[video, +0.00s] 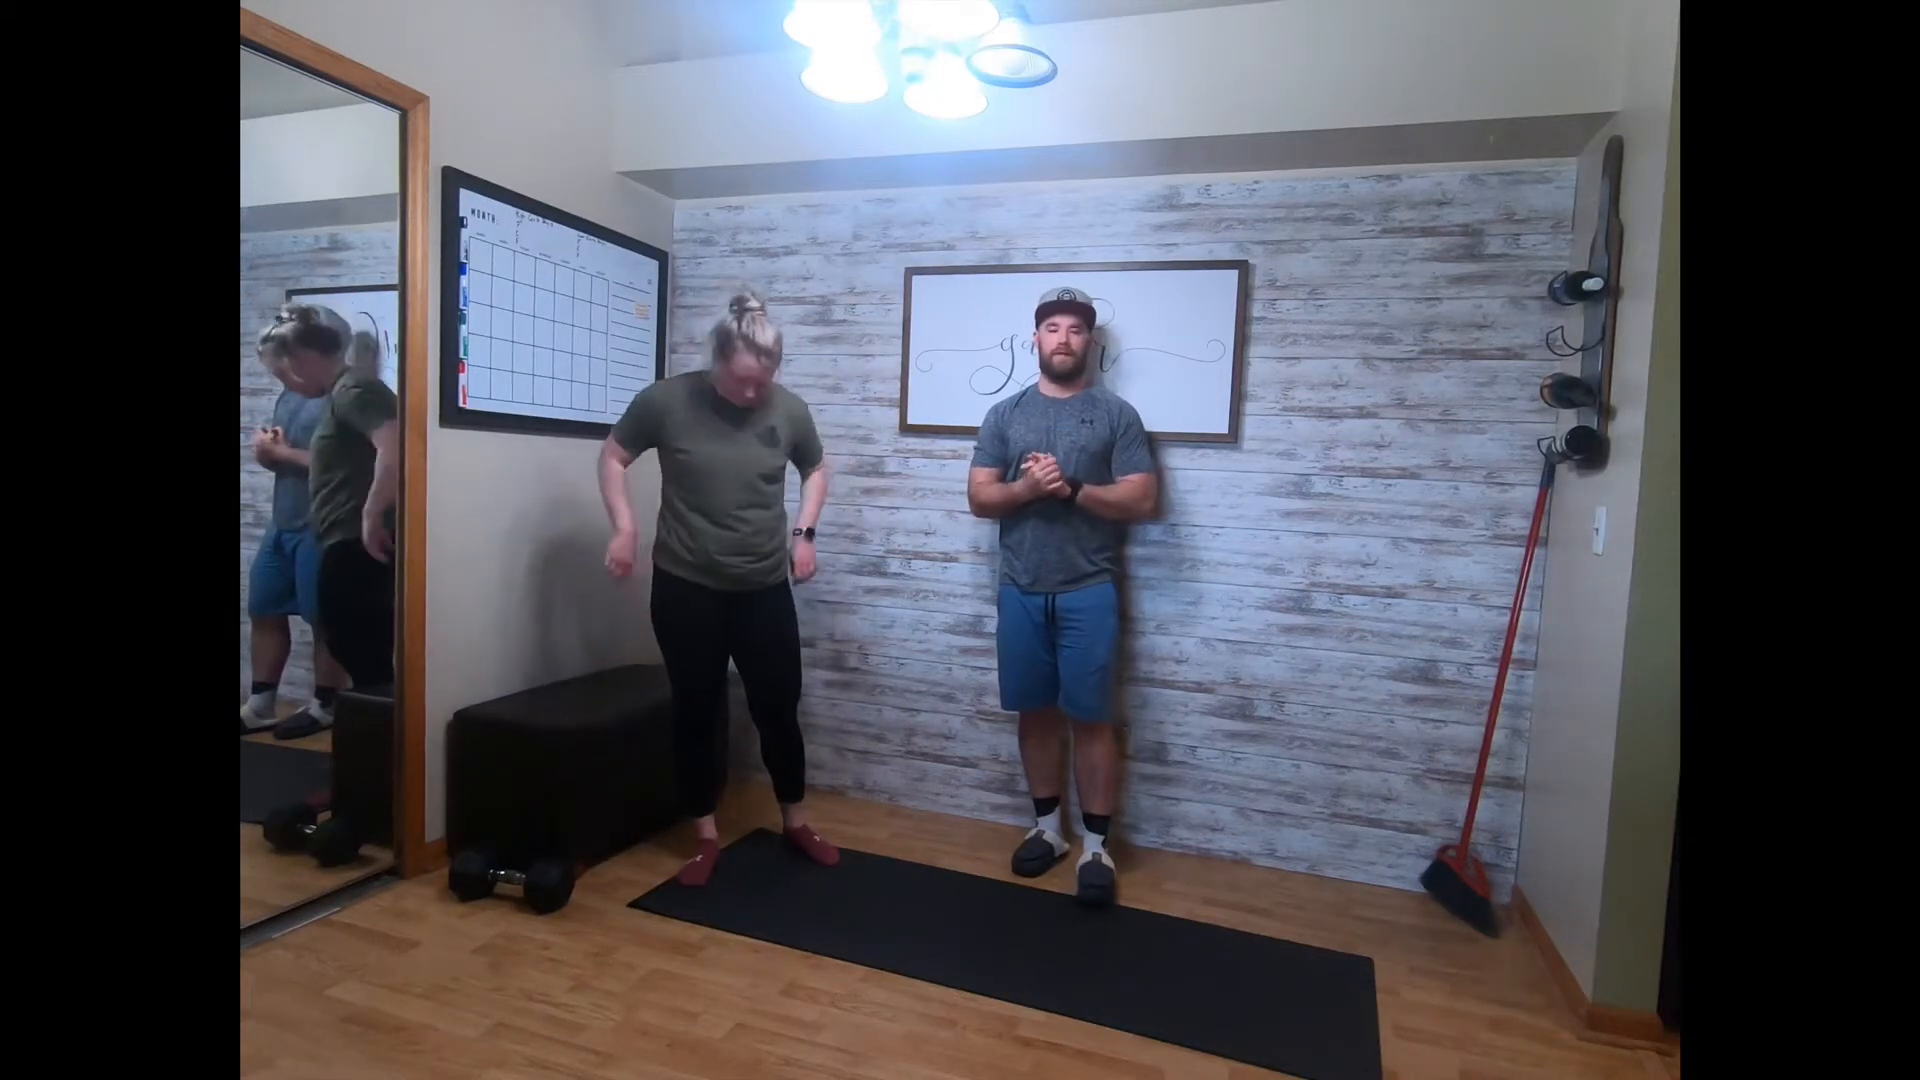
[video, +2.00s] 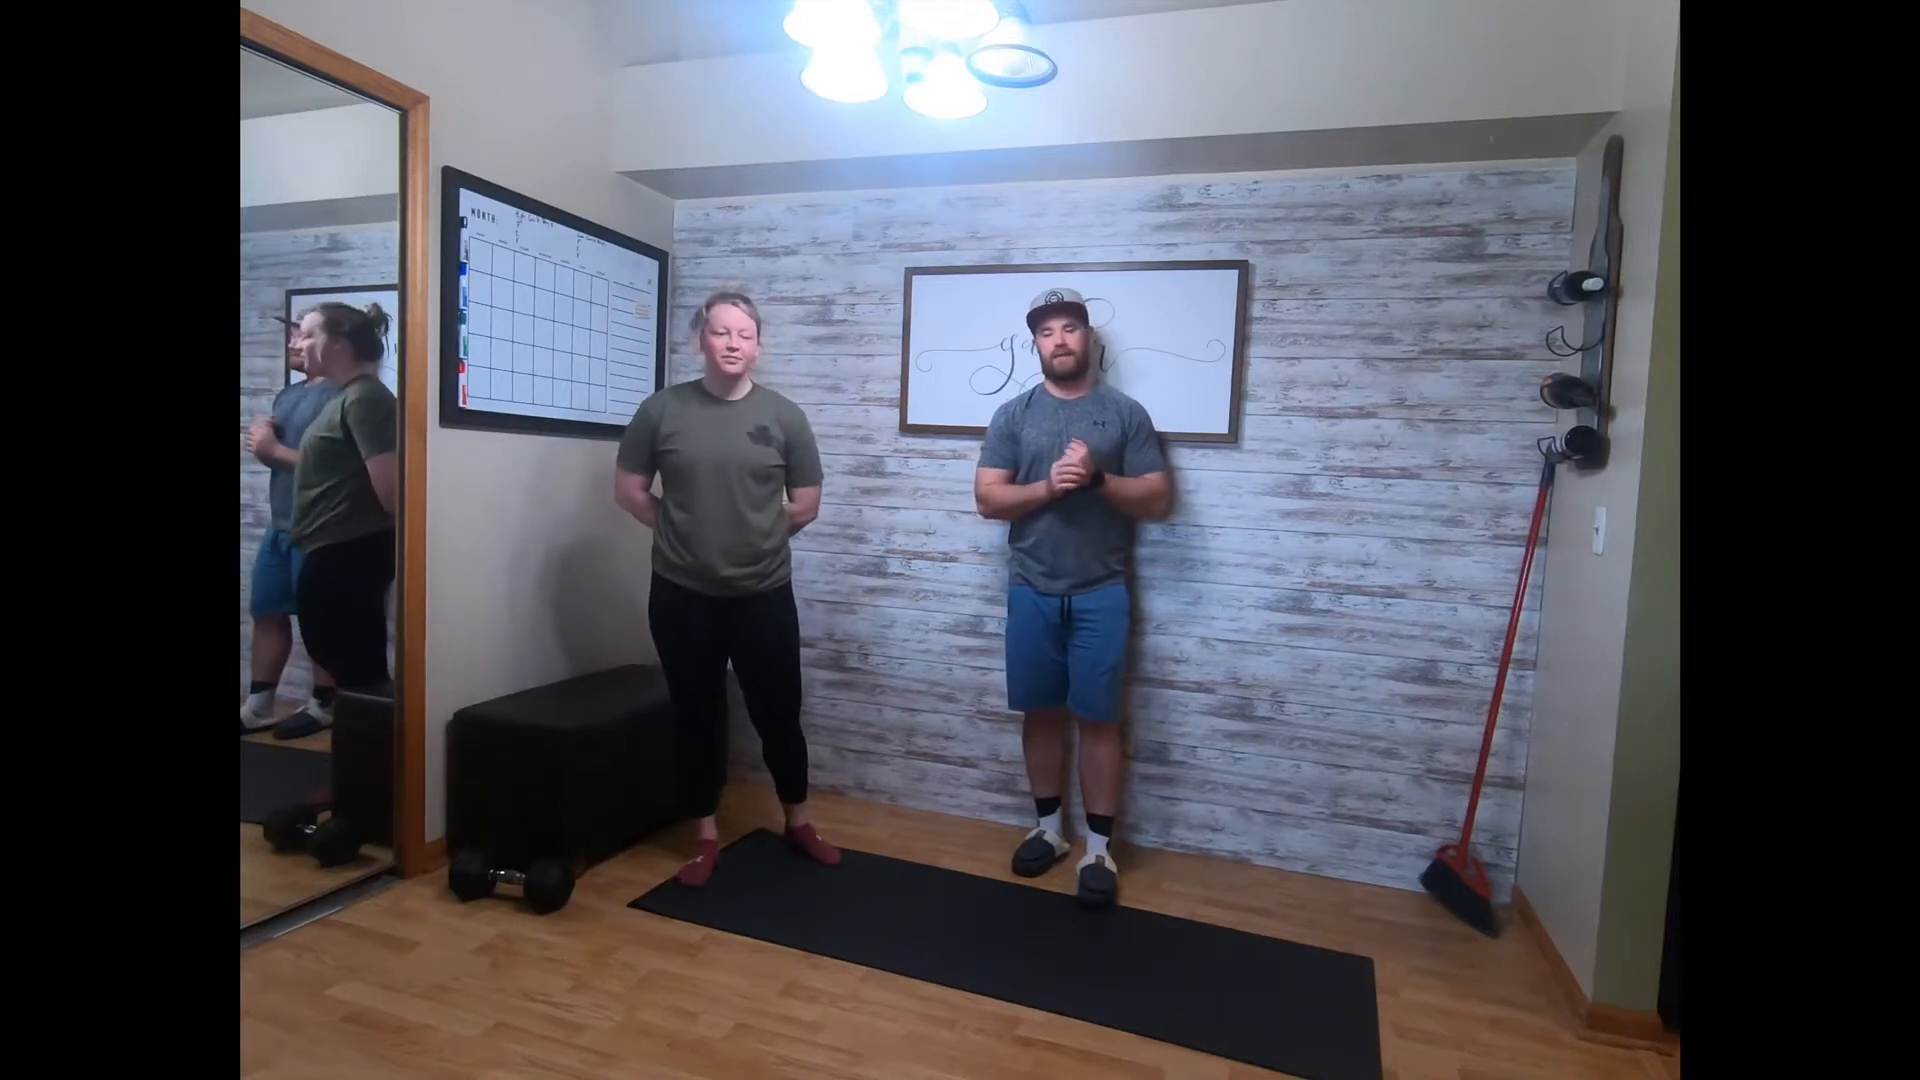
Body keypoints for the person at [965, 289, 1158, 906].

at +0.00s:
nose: (1063, 338)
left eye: (1075, 330)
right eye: (1052, 328)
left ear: (1091, 343)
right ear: (1036, 340)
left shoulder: (1115, 414)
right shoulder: (1004, 415)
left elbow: (1143, 500)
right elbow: (980, 498)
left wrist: (1071, 489)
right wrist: (1025, 488)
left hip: (1089, 584)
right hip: (1020, 585)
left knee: (1090, 714)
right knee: (1034, 710)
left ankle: (1096, 848)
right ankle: (1048, 830)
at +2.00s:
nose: (1060, 339)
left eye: (1070, 329)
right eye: (1048, 332)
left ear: (1089, 339)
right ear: (1035, 346)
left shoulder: (1124, 413)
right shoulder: (1013, 415)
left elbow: (1158, 500)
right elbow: (988, 498)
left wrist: (1100, 479)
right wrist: (1048, 487)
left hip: (1101, 584)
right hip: (1031, 584)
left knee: (1097, 714)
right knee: (1040, 709)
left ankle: (1098, 850)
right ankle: (1049, 830)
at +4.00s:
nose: (1064, 335)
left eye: (1075, 326)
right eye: (1052, 329)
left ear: (1094, 338)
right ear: (1039, 343)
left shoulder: (1127, 414)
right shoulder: (1015, 417)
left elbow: (1163, 499)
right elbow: (987, 497)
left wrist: (1104, 488)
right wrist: (1042, 503)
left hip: (1102, 585)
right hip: (1033, 585)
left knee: (1098, 716)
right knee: (1041, 711)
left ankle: (1098, 850)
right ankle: (1049, 831)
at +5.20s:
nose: (1070, 333)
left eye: (1082, 326)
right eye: (1059, 326)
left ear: (1099, 341)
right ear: (1044, 340)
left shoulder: (1127, 414)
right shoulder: (1017, 413)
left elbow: (1171, 498)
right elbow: (962, 482)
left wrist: (1173, 442)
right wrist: (972, 432)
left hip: (1095, 583)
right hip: (1026, 583)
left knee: (1094, 716)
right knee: (1038, 711)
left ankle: (1097, 851)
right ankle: (1048, 831)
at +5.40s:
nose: (1071, 335)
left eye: (1083, 327)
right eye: (1060, 326)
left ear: (1099, 341)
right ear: (1044, 339)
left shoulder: (1127, 408)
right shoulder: (1015, 405)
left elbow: (1199, 445)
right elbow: (939, 436)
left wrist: (1204, 374)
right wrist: (949, 369)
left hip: (1095, 584)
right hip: (1025, 583)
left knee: (1095, 717)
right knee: (1036, 712)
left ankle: (1097, 851)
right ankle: (1048, 831)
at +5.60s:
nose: (1072, 335)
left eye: (1083, 327)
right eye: (1061, 327)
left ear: (1100, 340)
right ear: (1045, 341)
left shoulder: (1126, 397)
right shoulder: (1016, 393)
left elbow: (1197, 354)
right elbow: (940, 358)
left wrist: (1218, 274)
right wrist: (937, 278)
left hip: (1093, 577)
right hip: (1024, 576)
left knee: (1094, 713)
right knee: (1034, 708)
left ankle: (1098, 849)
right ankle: (1048, 829)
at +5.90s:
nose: (1067, 337)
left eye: (1079, 328)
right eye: (1056, 328)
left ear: (1097, 339)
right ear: (1041, 340)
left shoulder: (1125, 402)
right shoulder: (1014, 398)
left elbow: (1202, 384)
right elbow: (932, 388)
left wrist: (1195, 303)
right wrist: (942, 311)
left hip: (1094, 579)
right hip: (1024, 576)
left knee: (1092, 715)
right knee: (1037, 708)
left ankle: (1098, 850)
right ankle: (1049, 833)